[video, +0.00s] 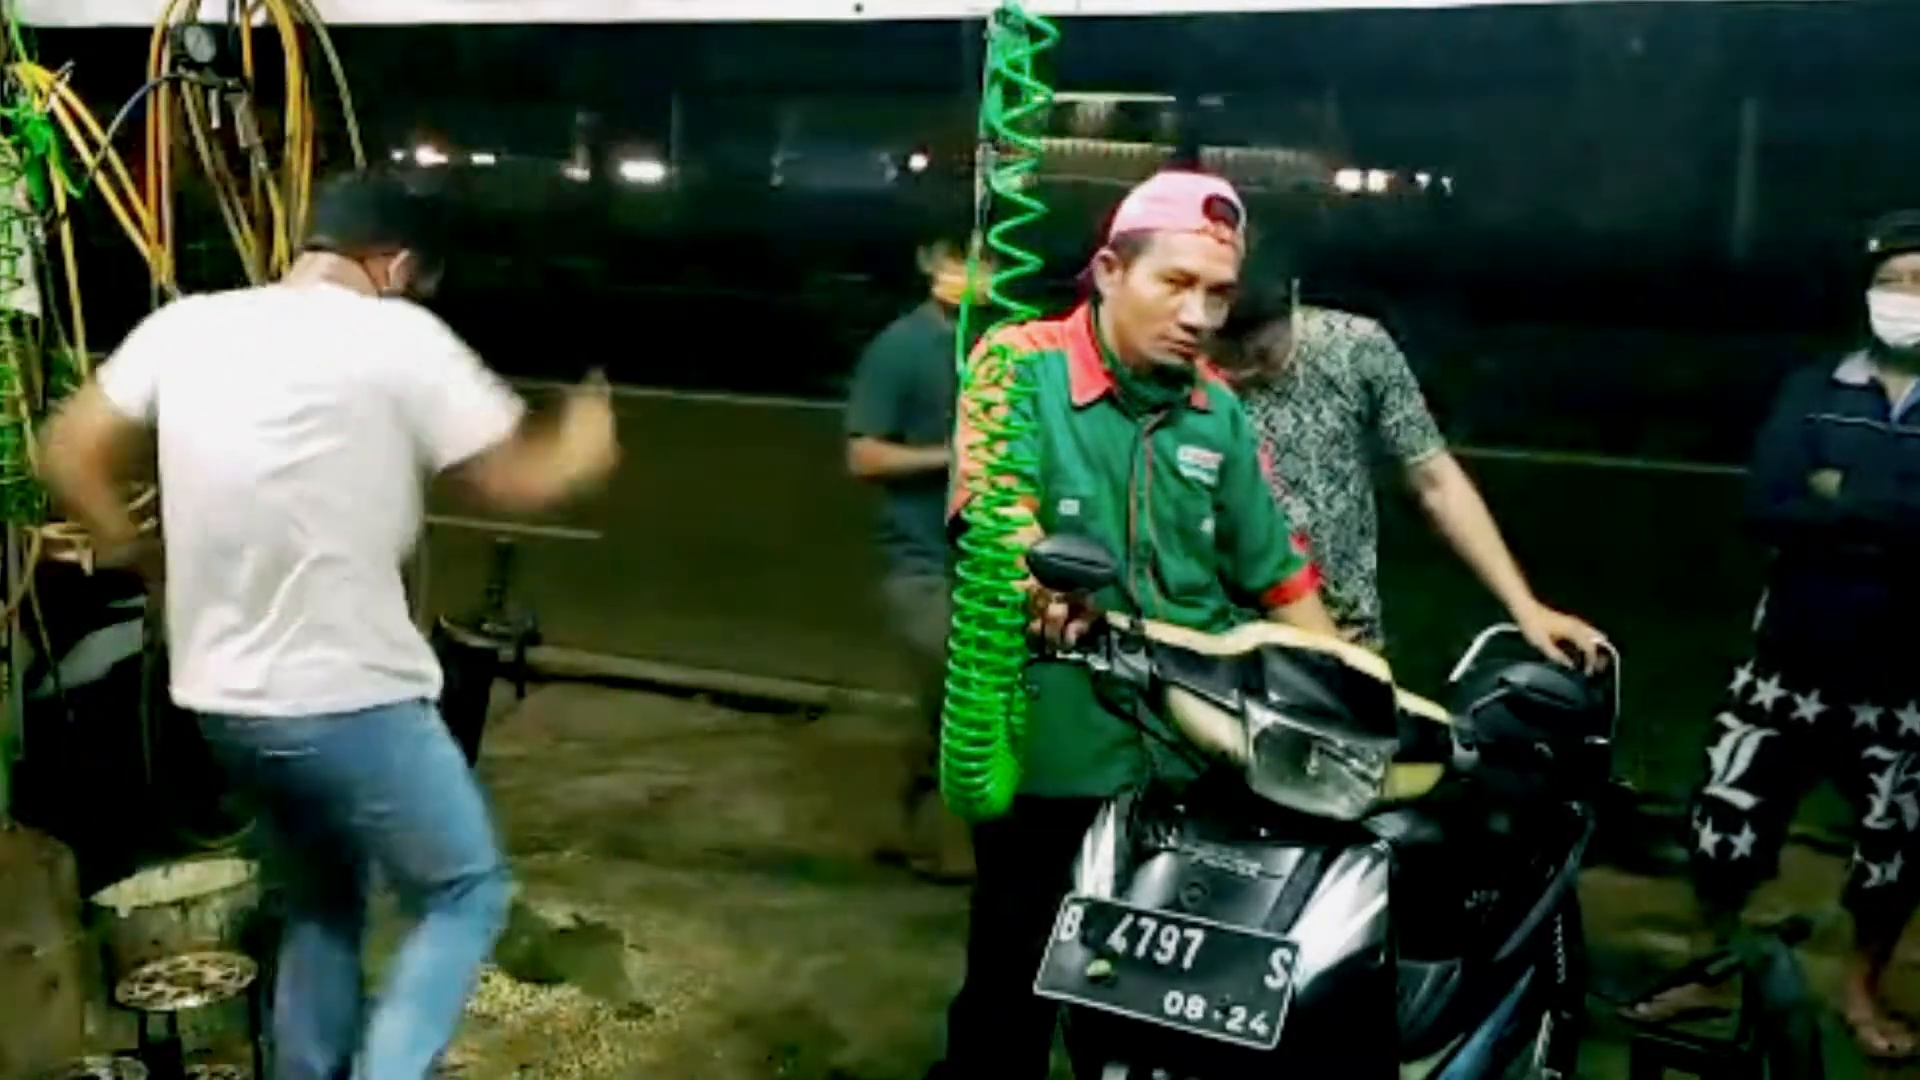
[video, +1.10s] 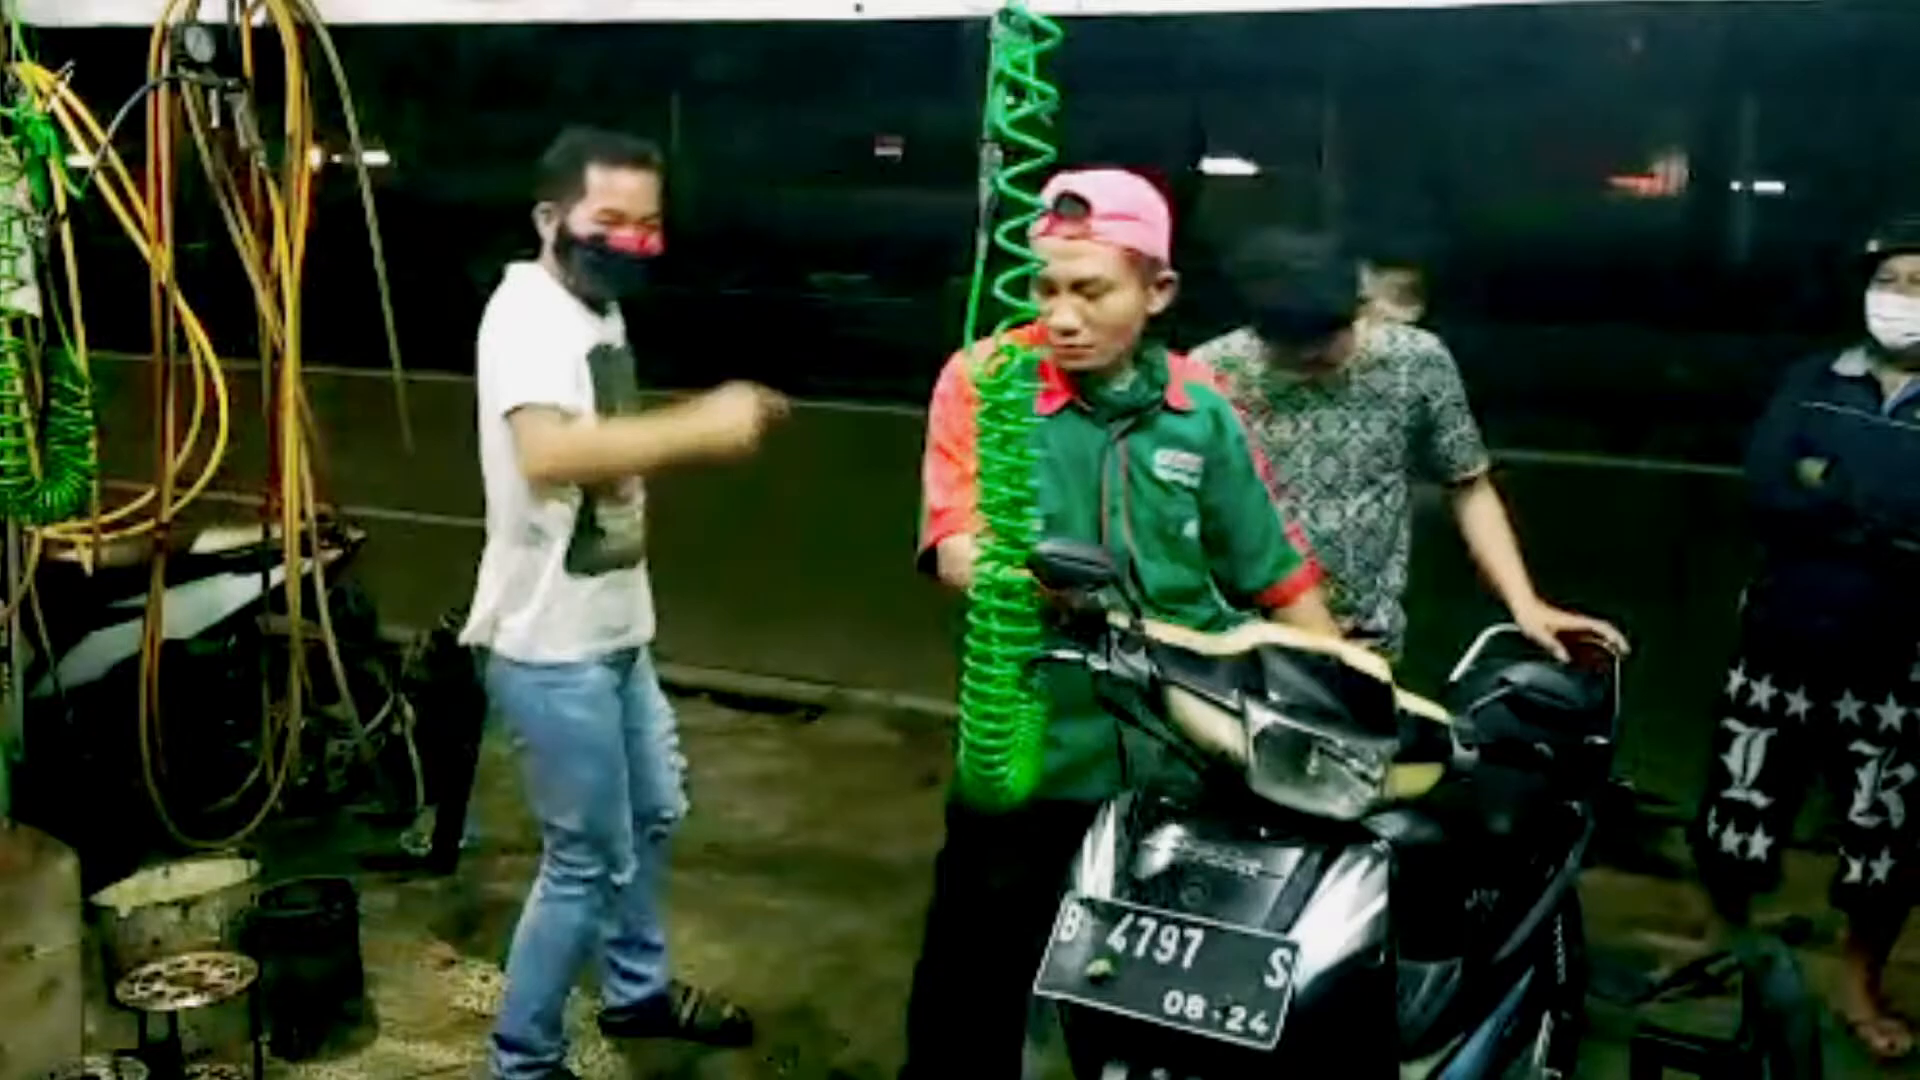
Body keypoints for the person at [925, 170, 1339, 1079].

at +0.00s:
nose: (1196, 315)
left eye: (1217, 294)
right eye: (1175, 283)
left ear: (1231, 302)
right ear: (1108, 272)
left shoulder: (1222, 417)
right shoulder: (1019, 369)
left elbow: (1286, 586)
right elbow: (988, 514)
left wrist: (1346, 704)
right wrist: (1042, 598)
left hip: (1189, 757)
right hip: (1049, 752)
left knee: (1164, 1010)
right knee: (1009, 1010)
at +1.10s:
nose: (1063, 316)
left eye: (1090, 291)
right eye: (1048, 290)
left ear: (1156, 291)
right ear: (1031, 288)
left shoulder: (1200, 412)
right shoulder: (981, 382)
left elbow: (1286, 585)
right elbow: (956, 545)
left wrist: (1350, 686)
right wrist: (1031, 586)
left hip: (1171, 773)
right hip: (1022, 776)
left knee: (1147, 1036)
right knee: (963, 1030)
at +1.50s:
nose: (952, 335)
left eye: (977, 313)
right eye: (941, 310)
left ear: (1059, 306)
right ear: (927, 300)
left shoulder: (1135, 407)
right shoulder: (902, 407)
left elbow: (1241, 596)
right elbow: (885, 604)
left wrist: (1337, 663)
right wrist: (1012, 648)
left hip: (1121, 774)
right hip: (960, 775)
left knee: (1135, 1023)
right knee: (890, 1018)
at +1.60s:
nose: (903, 345)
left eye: (926, 319)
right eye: (888, 318)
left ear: (1006, 306)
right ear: (873, 308)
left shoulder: (1100, 408)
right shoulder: (861, 418)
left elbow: (1211, 586)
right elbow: (853, 616)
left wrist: (1325, 652)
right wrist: (970, 713)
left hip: (1092, 792)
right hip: (922, 790)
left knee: (1135, 1033)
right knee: (863, 1039)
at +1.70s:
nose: (842, 336)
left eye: (864, 311)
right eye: (829, 312)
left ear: (950, 293)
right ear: (816, 303)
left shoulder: (1054, 404)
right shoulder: (818, 420)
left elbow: (1171, 591)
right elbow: (801, 624)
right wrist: (869, 776)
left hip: (1049, 812)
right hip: (876, 809)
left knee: (1112, 1051)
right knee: (847, 1056)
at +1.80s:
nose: (781, 328)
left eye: (800, 301)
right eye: (771, 302)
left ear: (888, 288)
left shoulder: (1016, 400)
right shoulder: (779, 418)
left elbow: (1112, 577)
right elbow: (734, 610)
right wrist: (742, 779)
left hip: (1011, 817)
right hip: (840, 819)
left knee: (1071, 1054)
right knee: (843, 1058)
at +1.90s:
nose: (757, 321)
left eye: (776, 293)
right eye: (746, 296)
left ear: (864, 275)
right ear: (741, 284)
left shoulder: (990, 396)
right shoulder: (750, 411)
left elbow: (1090, 602)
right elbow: (699, 588)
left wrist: (1101, 799)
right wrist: (658, 740)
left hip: (990, 819)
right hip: (826, 820)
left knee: (1039, 1046)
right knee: (844, 1054)